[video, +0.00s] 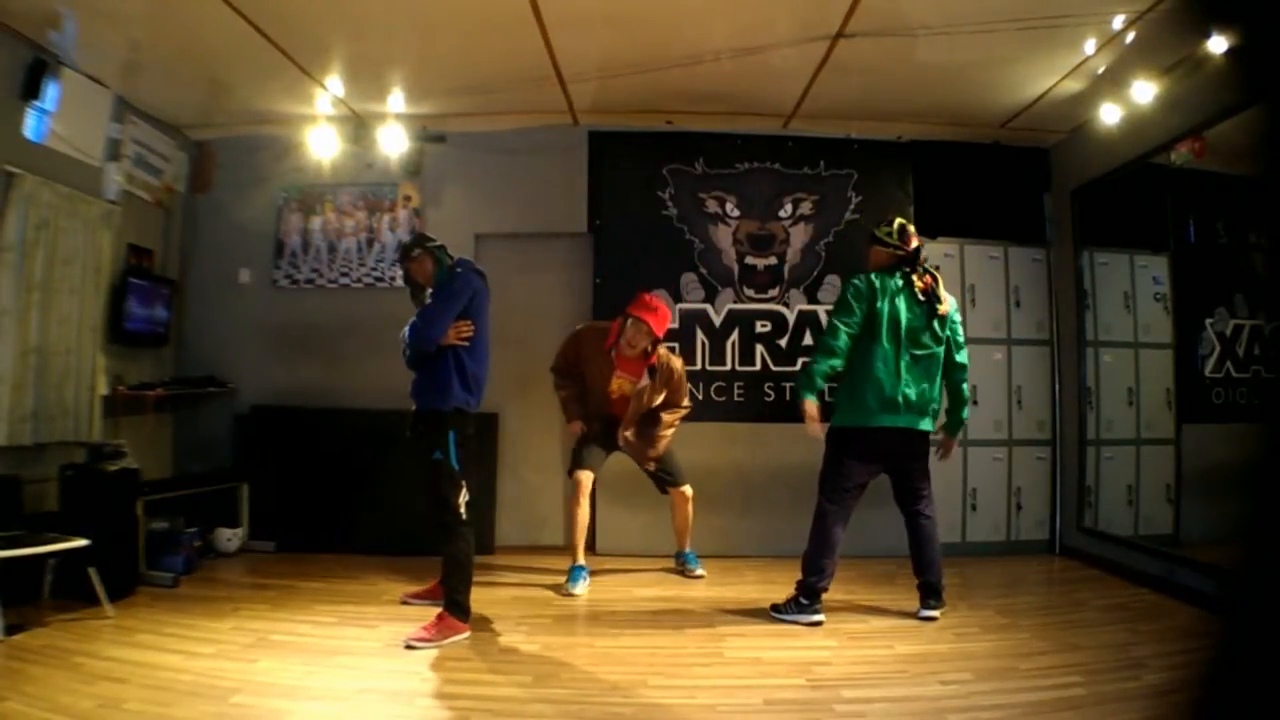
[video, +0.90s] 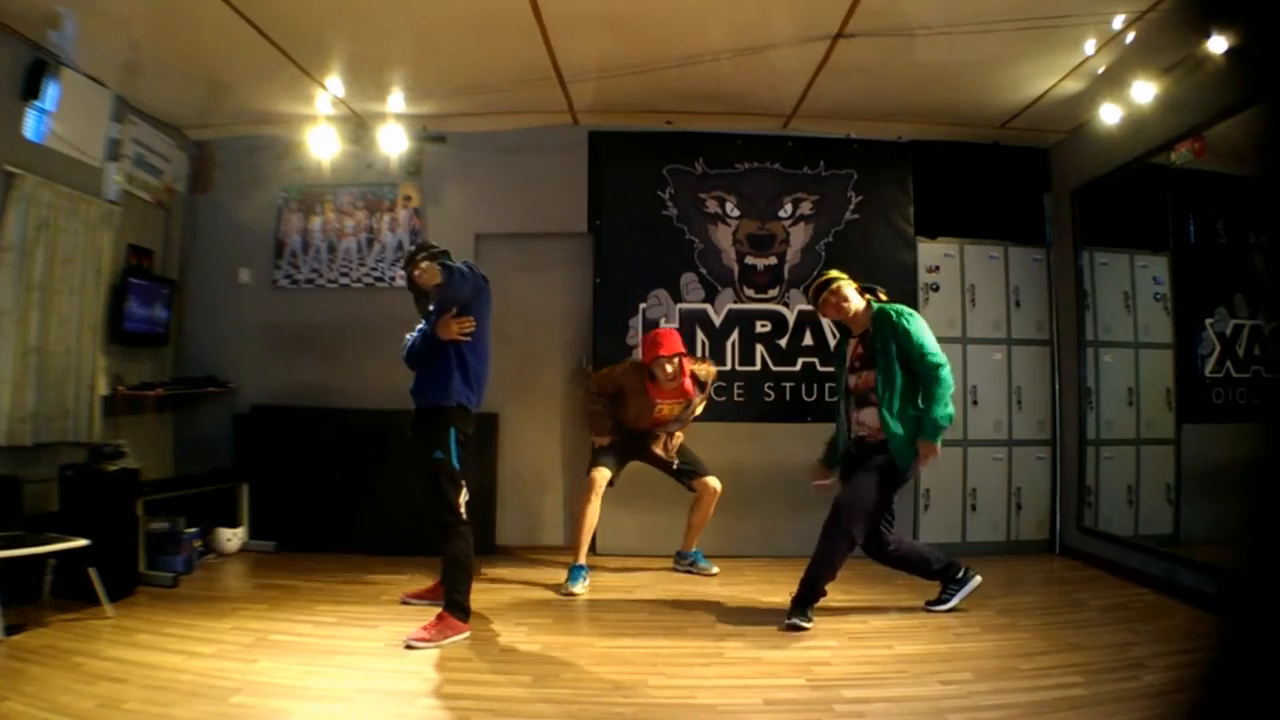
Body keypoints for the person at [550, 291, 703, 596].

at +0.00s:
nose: (635, 335)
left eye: (645, 333)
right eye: (634, 325)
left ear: (655, 338)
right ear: (625, 320)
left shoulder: (668, 366)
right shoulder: (590, 338)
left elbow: (677, 407)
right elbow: (562, 372)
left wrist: (651, 446)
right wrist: (573, 415)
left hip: (642, 429)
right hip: (598, 425)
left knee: (683, 492)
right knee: (581, 480)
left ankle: (684, 554)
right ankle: (578, 566)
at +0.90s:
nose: (669, 367)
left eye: (673, 359)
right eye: (661, 361)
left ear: (682, 358)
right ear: (650, 363)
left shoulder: (697, 374)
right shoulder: (630, 374)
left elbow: (702, 396)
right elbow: (593, 387)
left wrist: (679, 428)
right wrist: (599, 428)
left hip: (660, 439)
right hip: (620, 438)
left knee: (710, 487)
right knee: (596, 479)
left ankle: (687, 554)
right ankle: (578, 567)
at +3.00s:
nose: (692, 273)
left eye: (696, 266)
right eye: (684, 267)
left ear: (704, 273)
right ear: (672, 274)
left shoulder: (712, 323)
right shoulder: (652, 312)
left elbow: (722, 378)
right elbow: (652, 370)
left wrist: (728, 428)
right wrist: (667, 420)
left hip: (693, 418)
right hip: (649, 414)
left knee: (714, 487)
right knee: (618, 486)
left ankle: (693, 555)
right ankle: (584, 563)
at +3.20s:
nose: (690, 262)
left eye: (696, 256)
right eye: (683, 256)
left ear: (706, 260)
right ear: (673, 261)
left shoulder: (724, 306)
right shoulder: (650, 299)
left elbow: (740, 359)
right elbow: (619, 343)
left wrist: (740, 406)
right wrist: (603, 392)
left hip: (704, 404)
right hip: (659, 401)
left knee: (708, 480)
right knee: (639, 473)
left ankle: (699, 554)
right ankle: (640, 546)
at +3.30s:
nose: (687, 260)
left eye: (693, 254)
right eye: (680, 254)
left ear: (703, 258)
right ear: (671, 258)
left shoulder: (724, 303)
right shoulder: (650, 296)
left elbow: (740, 354)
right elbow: (614, 332)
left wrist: (735, 398)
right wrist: (586, 376)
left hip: (703, 401)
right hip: (659, 399)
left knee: (705, 476)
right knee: (650, 475)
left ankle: (707, 553)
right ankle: (660, 547)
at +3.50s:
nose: (660, 265)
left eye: (667, 260)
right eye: (657, 259)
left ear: (683, 265)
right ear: (652, 263)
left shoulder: (715, 306)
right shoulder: (643, 306)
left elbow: (742, 351)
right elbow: (607, 338)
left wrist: (720, 391)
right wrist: (589, 369)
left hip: (701, 406)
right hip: (659, 403)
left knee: (699, 483)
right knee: (626, 468)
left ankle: (708, 554)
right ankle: (642, 534)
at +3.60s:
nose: (640, 265)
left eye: (648, 260)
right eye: (640, 259)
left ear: (666, 267)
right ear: (643, 265)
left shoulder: (705, 299)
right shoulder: (636, 303)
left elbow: (735, 343)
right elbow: (614, 339)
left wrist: (704, 379)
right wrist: (594, 356)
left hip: (694, 401)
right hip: (654, 398)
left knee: (695, 479)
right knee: (623, 464)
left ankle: (708, 553)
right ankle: (622, 543)